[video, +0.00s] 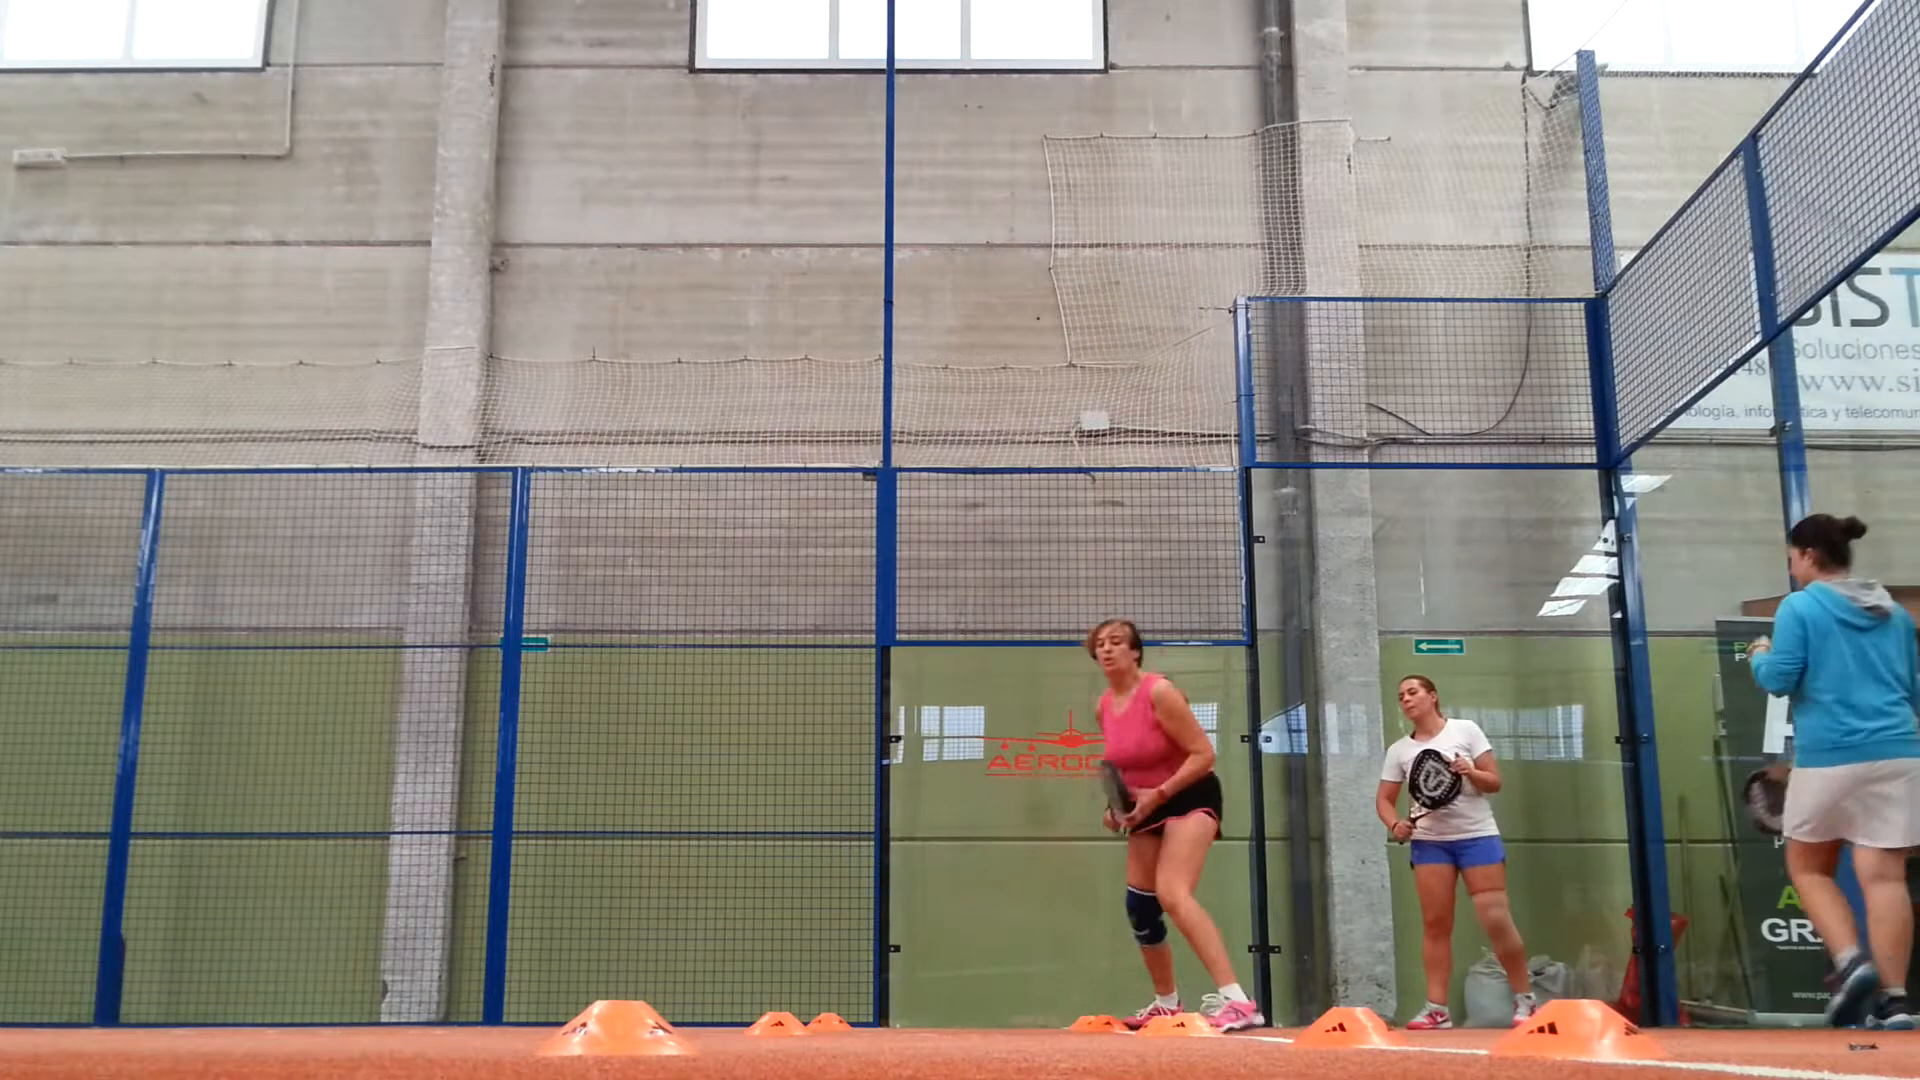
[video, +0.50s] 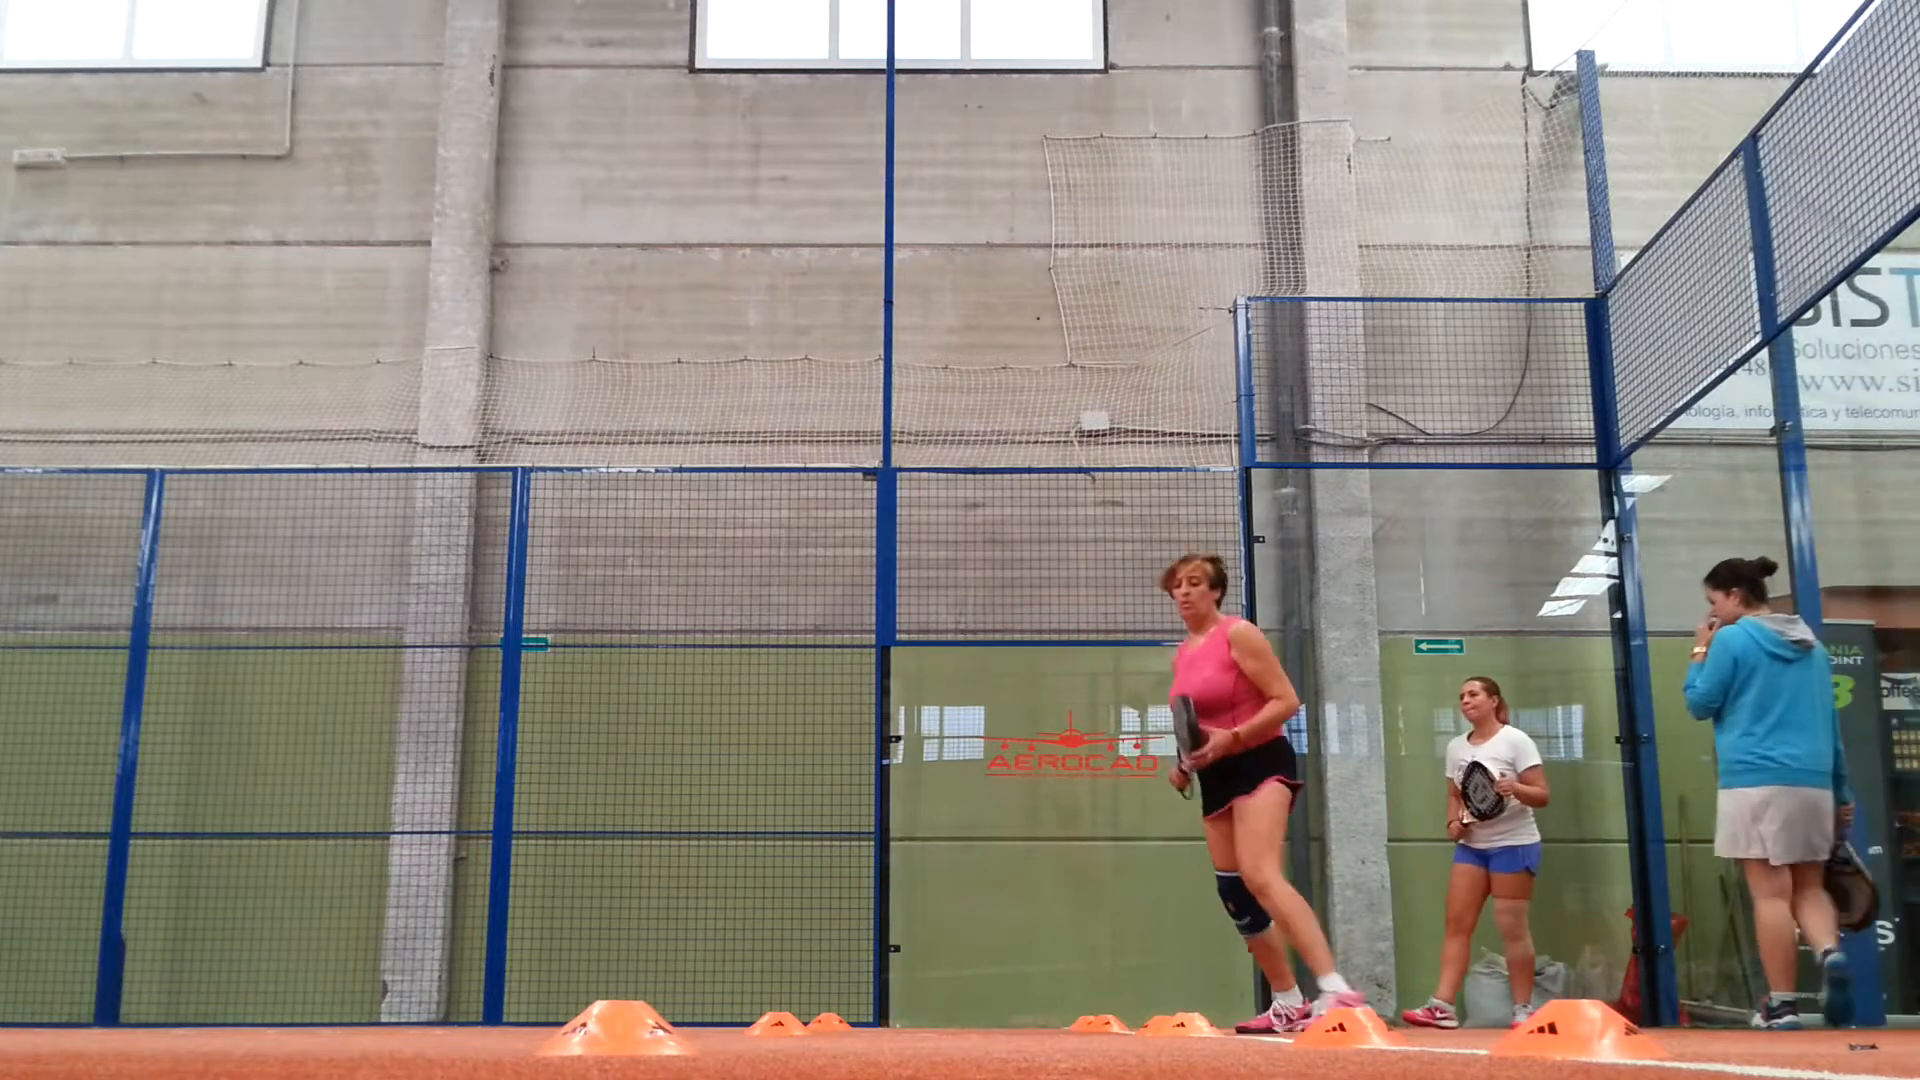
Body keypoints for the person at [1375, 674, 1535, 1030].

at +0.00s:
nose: (1406, 700)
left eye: (1412, 692)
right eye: (1401, 697)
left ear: (1433, 696)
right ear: (1401, 708)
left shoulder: (1466, 731)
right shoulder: (1399, 750)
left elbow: (1494, 783)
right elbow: (1384, 799)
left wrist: (1470, 772)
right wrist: (1394, 823)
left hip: (1477, 837)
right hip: (1430, 842)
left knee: (1496, 919)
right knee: (1435, 924)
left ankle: (1524, 999)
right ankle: (1437, 1008)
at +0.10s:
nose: (1416, 700)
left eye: (1422, 693)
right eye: (1412, 697)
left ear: (1443, 698)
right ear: (1412, 708)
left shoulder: (1475, 731)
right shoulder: (1409, 751)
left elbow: (1501, 784)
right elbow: (1395, 800)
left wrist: (1475, 769)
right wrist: (1403, 822)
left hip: (1483, 839)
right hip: (1436, 843)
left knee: (1498, 922)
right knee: (1439, 925)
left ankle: (1524, 1004)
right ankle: (1437, 1009)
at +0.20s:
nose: (1428, 701)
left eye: (1434, 694)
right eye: (1424, 698)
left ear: (1455, 698)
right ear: (1424, 709)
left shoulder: (1486, 733)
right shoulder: (1422, 752)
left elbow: (1513, 786)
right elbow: (1412, 800)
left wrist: (1484, 770)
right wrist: (1416, 821)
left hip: (1492, 842)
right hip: (1445, 845)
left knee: (1501, 925)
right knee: (1443, 925)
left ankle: (1522, 1006)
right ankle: (1437, 1009)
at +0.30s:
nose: (1442, 702)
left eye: (1449, 695)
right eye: (1439, 699)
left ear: (1470, 699)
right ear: (1439, 709)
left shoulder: (1499, 736)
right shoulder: (1436, 750)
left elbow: (1525, 789)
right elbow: (1430, 800)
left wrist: (1495, 775)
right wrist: (1431, 822)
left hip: (1502, 844)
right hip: (1456, 847)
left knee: (1506, 926)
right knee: (1449, 925)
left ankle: (1522, 1007)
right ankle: (1438, 1009)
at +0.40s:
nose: (1456, 702)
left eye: (1463, 695)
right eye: (1452, 698)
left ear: (1484, 701)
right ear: (1451, 709)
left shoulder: (1508, 740)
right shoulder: (1448, 750)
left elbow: (1536, 793)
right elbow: (1444, 797)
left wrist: (1508, 782)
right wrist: (1445, 824)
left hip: (1508, 845)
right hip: (1465, 847)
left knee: (1511, 927)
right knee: (1455, 925)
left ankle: (1521, 1007)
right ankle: (1439, 1007)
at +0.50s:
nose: (1466, 701)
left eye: (1472, 695)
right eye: (1462, 697)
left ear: (1494, 701)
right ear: (1461, 706)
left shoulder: (1516, 741)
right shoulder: (1457, 747)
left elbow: (1542, 796)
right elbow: (1455, 795)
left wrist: (1514, 788)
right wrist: (1455, 820)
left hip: (1513, 845)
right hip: (1471, 845)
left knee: (1512, 927)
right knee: (1458, 923)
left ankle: (1522, 1008)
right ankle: (1443, 1005)